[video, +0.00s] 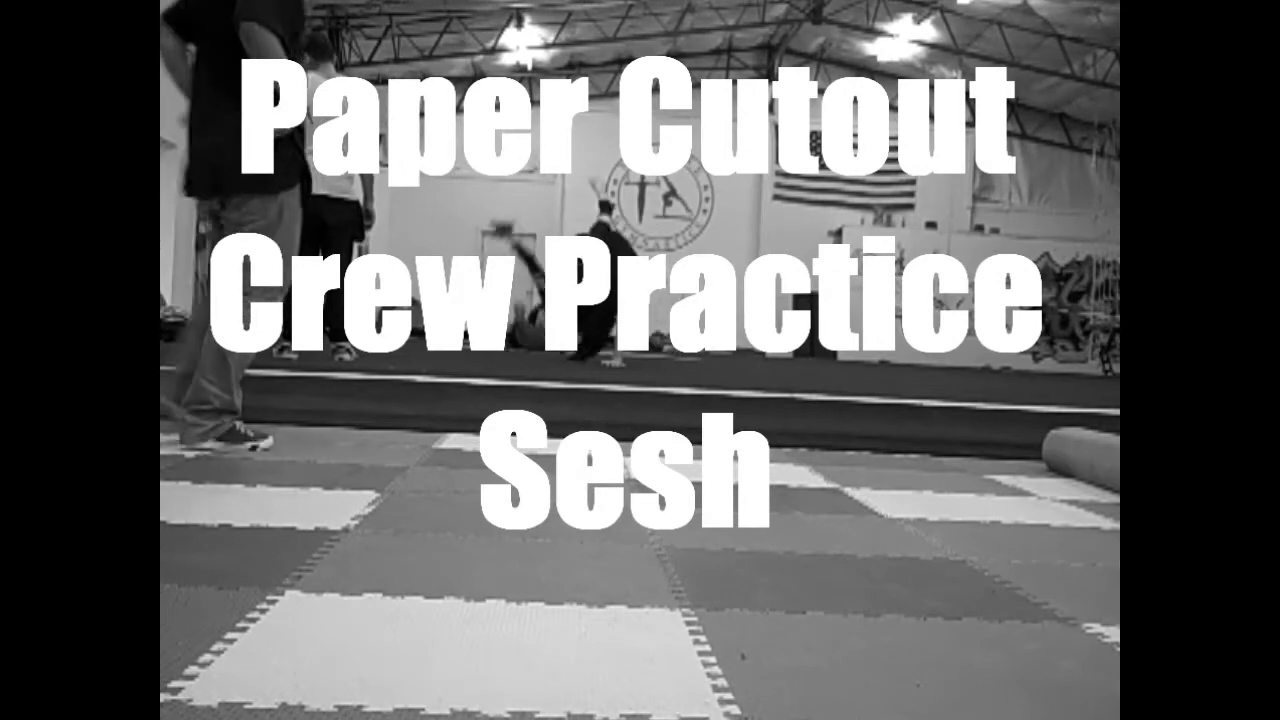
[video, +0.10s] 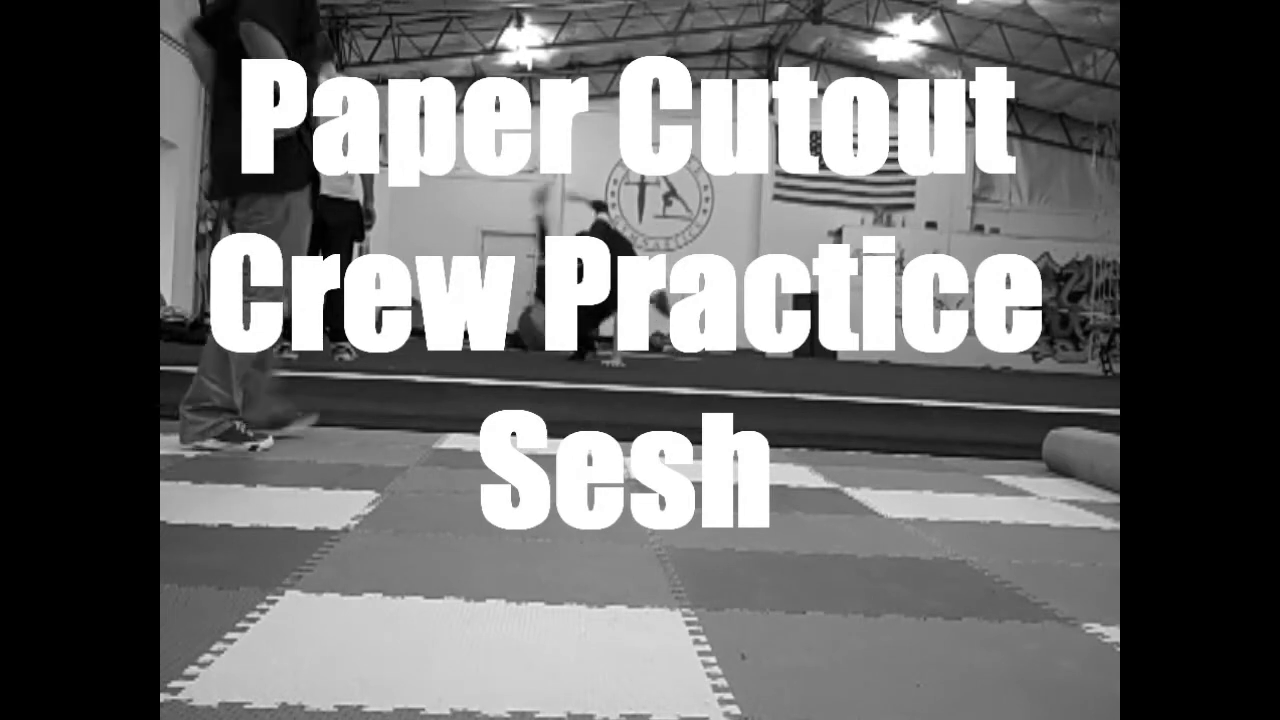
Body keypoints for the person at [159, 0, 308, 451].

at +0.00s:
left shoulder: (214, 1)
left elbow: (169, 33)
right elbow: (255, 28)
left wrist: (201, 97)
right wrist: (293, 93)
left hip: (215, 148)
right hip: (261, 150)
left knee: (217, 288)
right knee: (249, 292)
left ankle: (184, 403)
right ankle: (211, 419)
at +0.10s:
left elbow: (194, 35)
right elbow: (254, 27)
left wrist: (226, 99)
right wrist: (295, 93)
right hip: (270, 159)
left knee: (265, 295)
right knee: (249, 296)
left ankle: (257, 406)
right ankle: (208, 417)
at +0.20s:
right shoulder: (297, 1)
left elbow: (229, 50)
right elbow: (263, 36)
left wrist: (256, 108)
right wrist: (291, 113)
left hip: (292, 167)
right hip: (287, 167)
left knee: (299, 298)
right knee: (259, 300)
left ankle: (311, 410)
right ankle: (207, 416)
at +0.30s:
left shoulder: (330, 11)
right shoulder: (316, 0)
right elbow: (272, 43)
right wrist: (301, 123)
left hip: (316, 173)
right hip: (301, 174)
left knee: (321, 299)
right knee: (276, 297)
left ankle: (321, 410)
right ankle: (220, 405)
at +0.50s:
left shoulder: (372, 20)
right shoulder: (360, 7)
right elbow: (300, 42)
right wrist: (334, 108)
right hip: (349, 177)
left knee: (350, 290)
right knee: (388, 284)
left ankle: (328, 407)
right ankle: (288, 366)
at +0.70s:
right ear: (414, 0)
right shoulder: (397, 12)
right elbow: (336, 39)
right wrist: (372, 105)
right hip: (388, 180)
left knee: (353, 298)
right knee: (416, 294)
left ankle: (323, 406)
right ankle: (410, 405)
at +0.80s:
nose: (454, 10)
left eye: (453, 8)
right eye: (450, 6)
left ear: (408, 3)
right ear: (434, 1)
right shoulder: (414, 22)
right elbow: (364, 52)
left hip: (378, 188)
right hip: (408, 188)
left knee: (357, 301)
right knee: (440, 302)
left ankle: (321, 405)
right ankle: (463, 414)